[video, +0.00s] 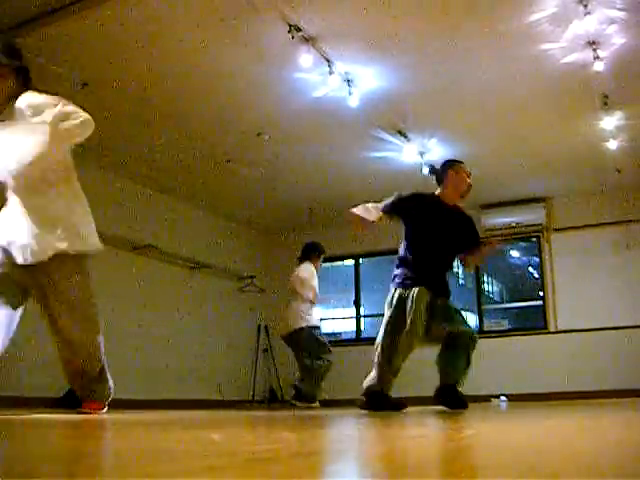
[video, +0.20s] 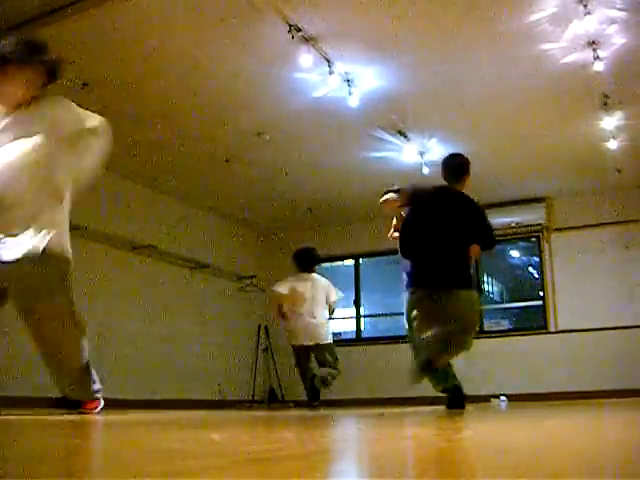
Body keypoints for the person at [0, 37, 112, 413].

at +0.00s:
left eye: (4, 75)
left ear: (17, 80)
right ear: (1, 79)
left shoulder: (35, 110)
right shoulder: (5, 129)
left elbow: (83, 123)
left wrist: (28, 104)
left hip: (57, 236)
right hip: (12, 240)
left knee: (74, 322)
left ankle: (92, 391)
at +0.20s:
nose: (4, 81)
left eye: (13, 73)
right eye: (5, 72)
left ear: (35, 79)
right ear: (7, 76)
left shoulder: (54, 111)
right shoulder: (4, 120)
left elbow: (98, 130)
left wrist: (72, 174)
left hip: (36, 237)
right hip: (3, 241)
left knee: (52, 320)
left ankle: (80, 389)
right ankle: (75, 387)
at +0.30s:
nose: (68, 69)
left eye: (68, 60)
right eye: (65, 59)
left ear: (31, 56)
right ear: (50, 57)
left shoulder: (18, 86)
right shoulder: (36, 85)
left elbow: (17, 149)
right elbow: (18, 145)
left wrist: (61, 142)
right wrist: (67, 144)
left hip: (17, 209)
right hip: (22, 210)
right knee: (56, 279)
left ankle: (49, 363)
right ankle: (49, 363)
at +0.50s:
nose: (1, 46)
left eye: (5, 38)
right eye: (5, 38)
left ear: (16, 42)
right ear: (40, 48)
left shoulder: (16, 72)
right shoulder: (63, 115)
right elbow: (77, 147)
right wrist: (62, 206)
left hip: (17, 204)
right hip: (49, 211)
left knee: (9, 295)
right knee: (13, 300)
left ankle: (5, 368)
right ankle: (4, 368)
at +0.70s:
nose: (5, 52)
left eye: (13, 50)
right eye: (3, 45)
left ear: (23, 64)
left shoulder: (38, 104)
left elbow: (82, 125)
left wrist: (17, 117)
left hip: (53, 213)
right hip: (7, 215)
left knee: (71, 293)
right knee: (7, 290)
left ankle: (45, 389)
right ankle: (8, 389)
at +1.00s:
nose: (8, 51)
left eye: (15, 47)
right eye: (4, 45)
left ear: (25, 53)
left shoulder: (33, 97)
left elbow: (55, 142)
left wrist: (68, 138)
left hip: (13, 216)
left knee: (11, 309)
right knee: (8, 308)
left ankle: (14, 390)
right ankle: (11, 390)